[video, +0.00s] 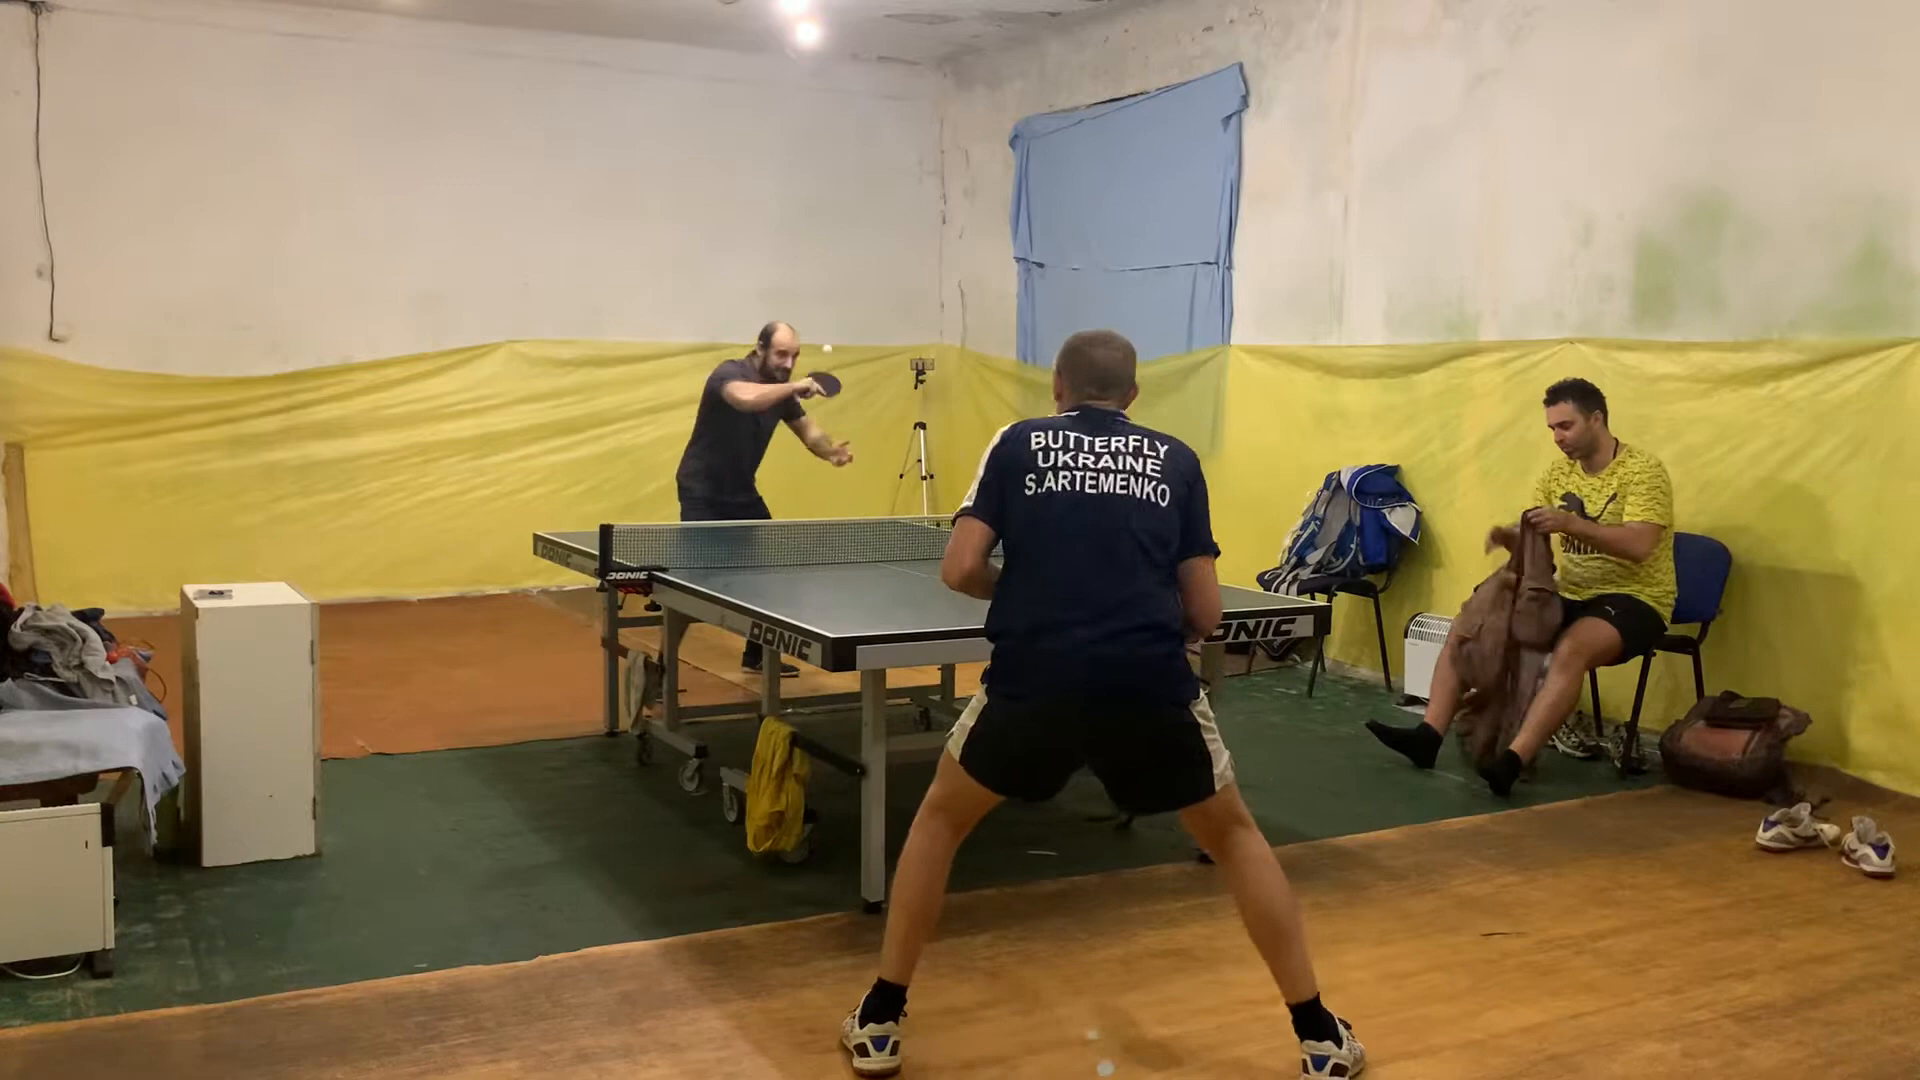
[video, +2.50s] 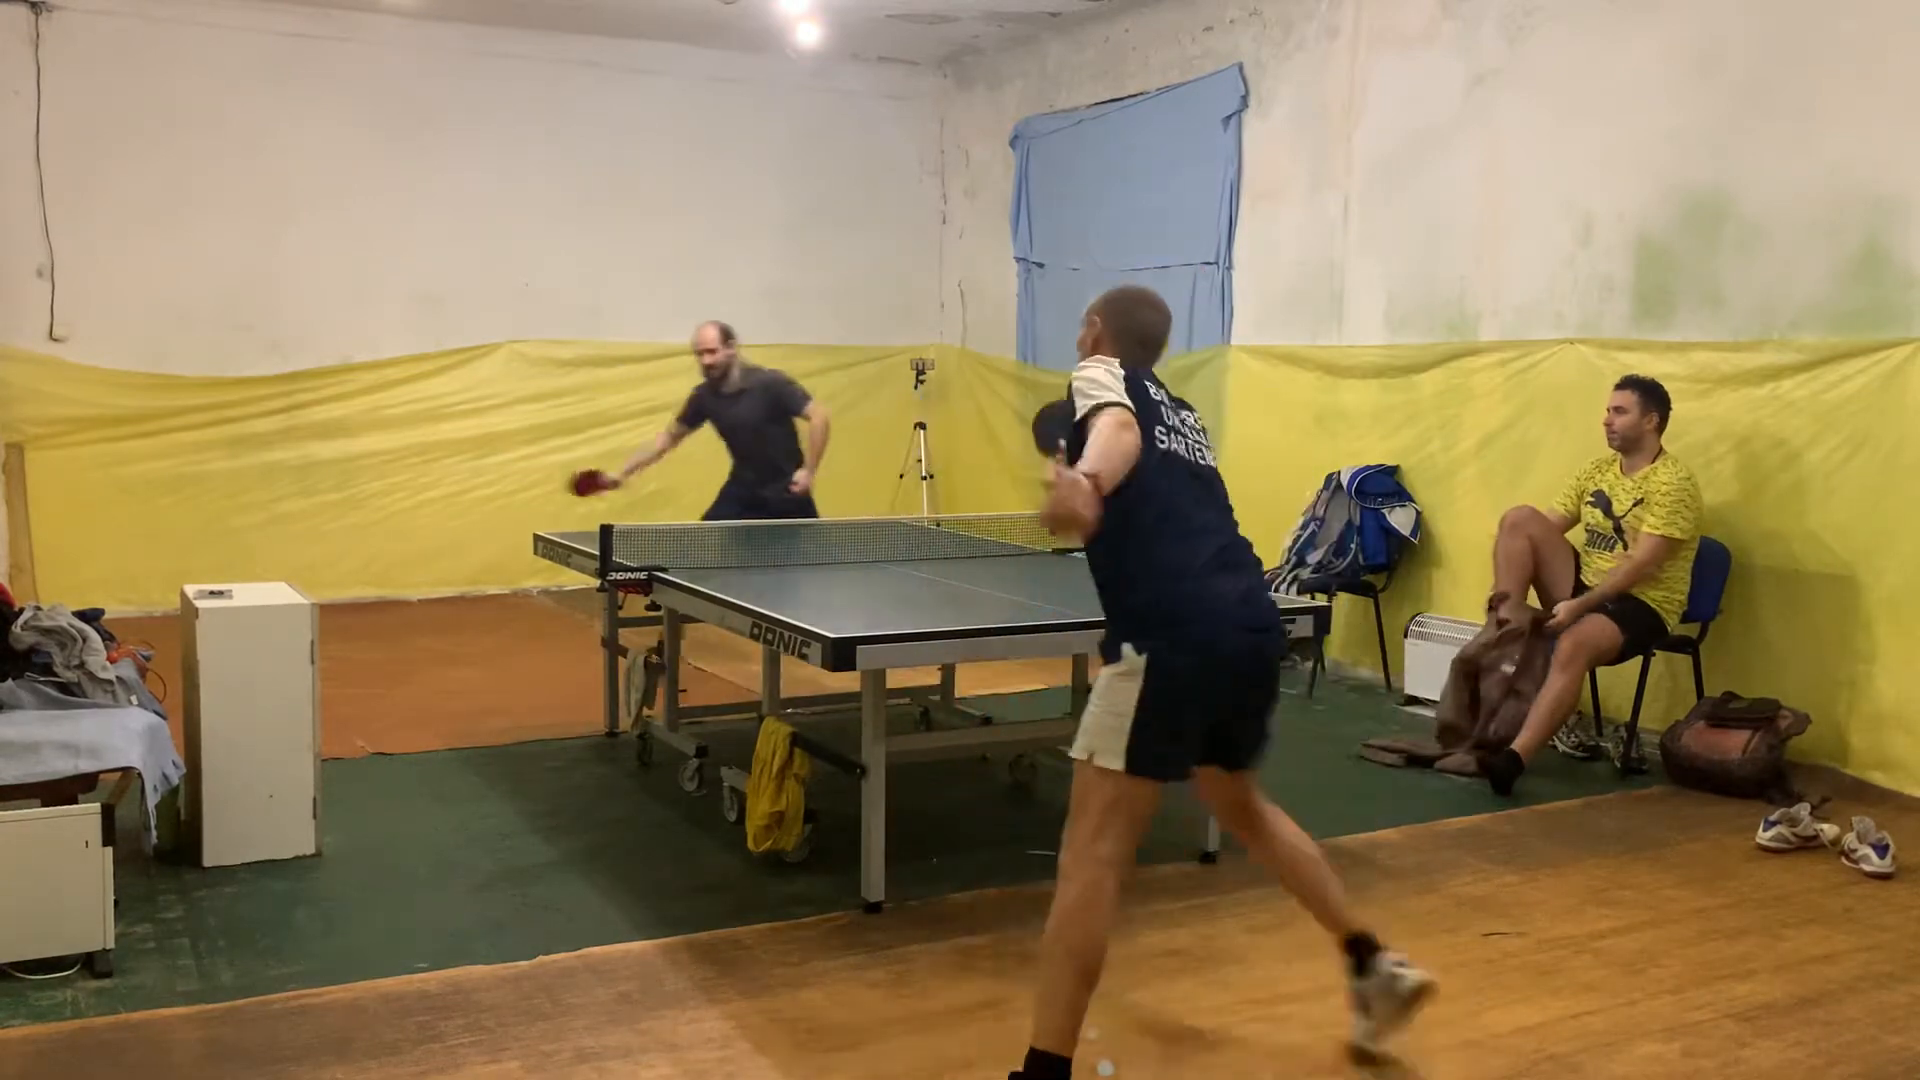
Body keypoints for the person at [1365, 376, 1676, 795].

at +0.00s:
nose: (1557, 438)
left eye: (1564, 427)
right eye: (1552, 429)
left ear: (1597, 419)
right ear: (1551, 427)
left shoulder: (1643, 471)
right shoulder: (1558, 473)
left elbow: (1640, 545)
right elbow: (1542, 545)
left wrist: (1570, 524)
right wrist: (1516, 539)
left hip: (1634, 598)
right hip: (1568, 594)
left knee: (1571, 650)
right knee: (1469, 624)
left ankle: (1513, 761)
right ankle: (1430, 734)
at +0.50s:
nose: (1556, 440)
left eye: (1563, 429)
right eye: (1551, 432)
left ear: (1595, 419)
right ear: (1551, 431)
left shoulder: (1648, 469)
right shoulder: (1558, 476)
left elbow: (1658, 543)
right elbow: (1527, 534)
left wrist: (1605, 500)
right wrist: (1507, 576)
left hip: (1636, 598)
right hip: (1567, 594)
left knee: (1572, 650)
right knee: (1466, 625)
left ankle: (1515, 760)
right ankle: (1429, 734)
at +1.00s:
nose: (1578, 426)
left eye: (1587, 416)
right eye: (1574, 416)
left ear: (1621, 416)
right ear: (1574, 417)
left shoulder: (1659, 473)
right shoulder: (1572, 466)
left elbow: (1674, 536)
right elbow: (1508, 496)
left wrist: (1613, 524)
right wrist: (1476, 510)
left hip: (1637, 600)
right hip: (1570, 592)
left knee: (1572, 653)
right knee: (1465, 625)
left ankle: (1514, 759)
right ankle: (1429, 734)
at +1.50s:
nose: (1606, 419)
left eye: (1618, 411)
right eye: (1606, 410)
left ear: (1652, 420)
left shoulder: (1672, 481)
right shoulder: (1592, 464)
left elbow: (1640, 541)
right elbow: (1520, 487)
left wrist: (1555, 547)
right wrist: (1460, 494)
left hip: (1639, 603)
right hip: (1580, 591)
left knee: (1572, 645)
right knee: (1513, 543)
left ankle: (1512, 762)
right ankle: (1504, 654)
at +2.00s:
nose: (1608, 421)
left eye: (1620, 413)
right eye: (1607, 412)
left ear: (1653, 422)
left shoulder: (1672, 485)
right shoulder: (1596, 471)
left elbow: (1641, 563)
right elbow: (1544, 524)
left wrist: (1569, 592)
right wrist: (1491, 568)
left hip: (1643, 601)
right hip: (1588, 584)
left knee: (1573, 645)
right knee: (1517, 524)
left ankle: (1515, 759)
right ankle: (1512, 655)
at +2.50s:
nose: (1608, 420)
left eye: (1619, 412)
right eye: (1608, 412)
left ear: (1652, 421)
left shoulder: (1675, 484)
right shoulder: (1598, 471)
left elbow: (1643, 563)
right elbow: (1546, 528)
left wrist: (1581, 604)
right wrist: (1506, 589)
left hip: (1645, 601)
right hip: (1589, 587)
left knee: (1572, 647)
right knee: (1519, 521)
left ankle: (1514, 759)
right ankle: (1509, 633)